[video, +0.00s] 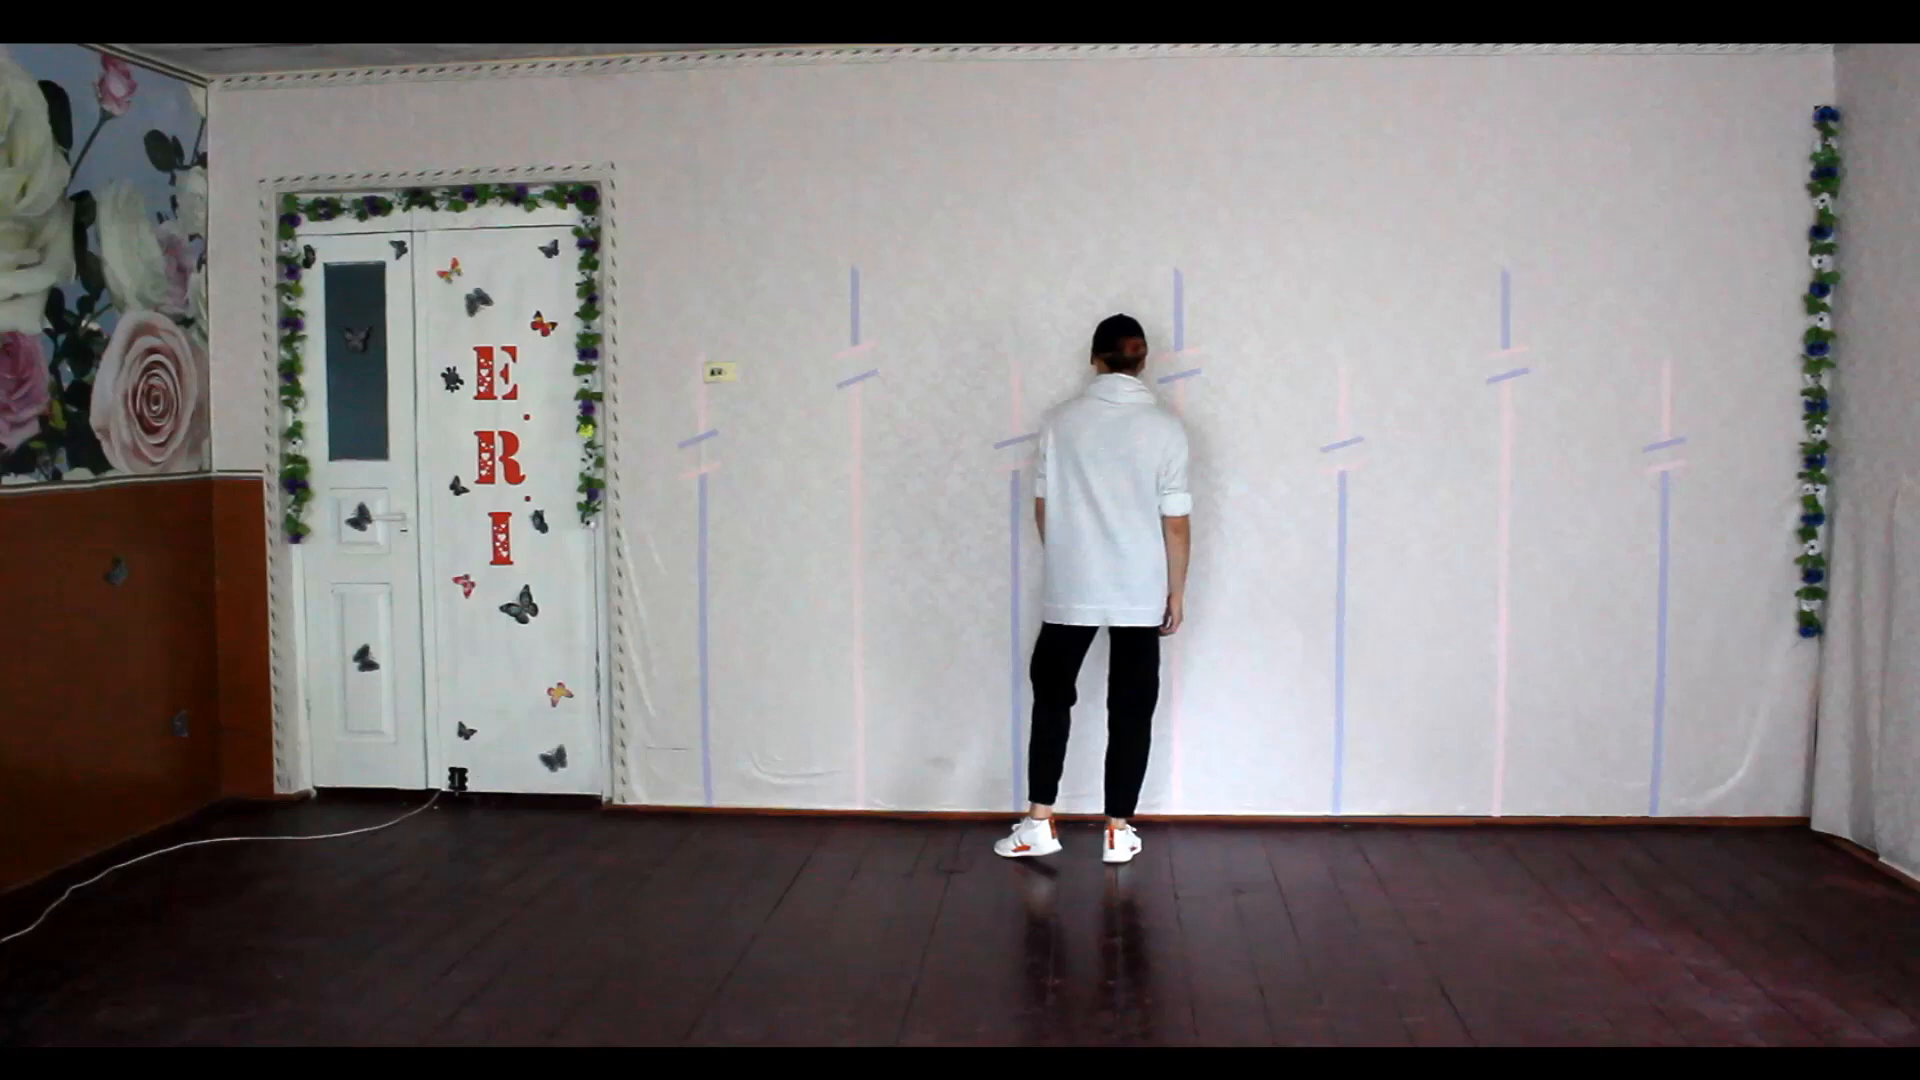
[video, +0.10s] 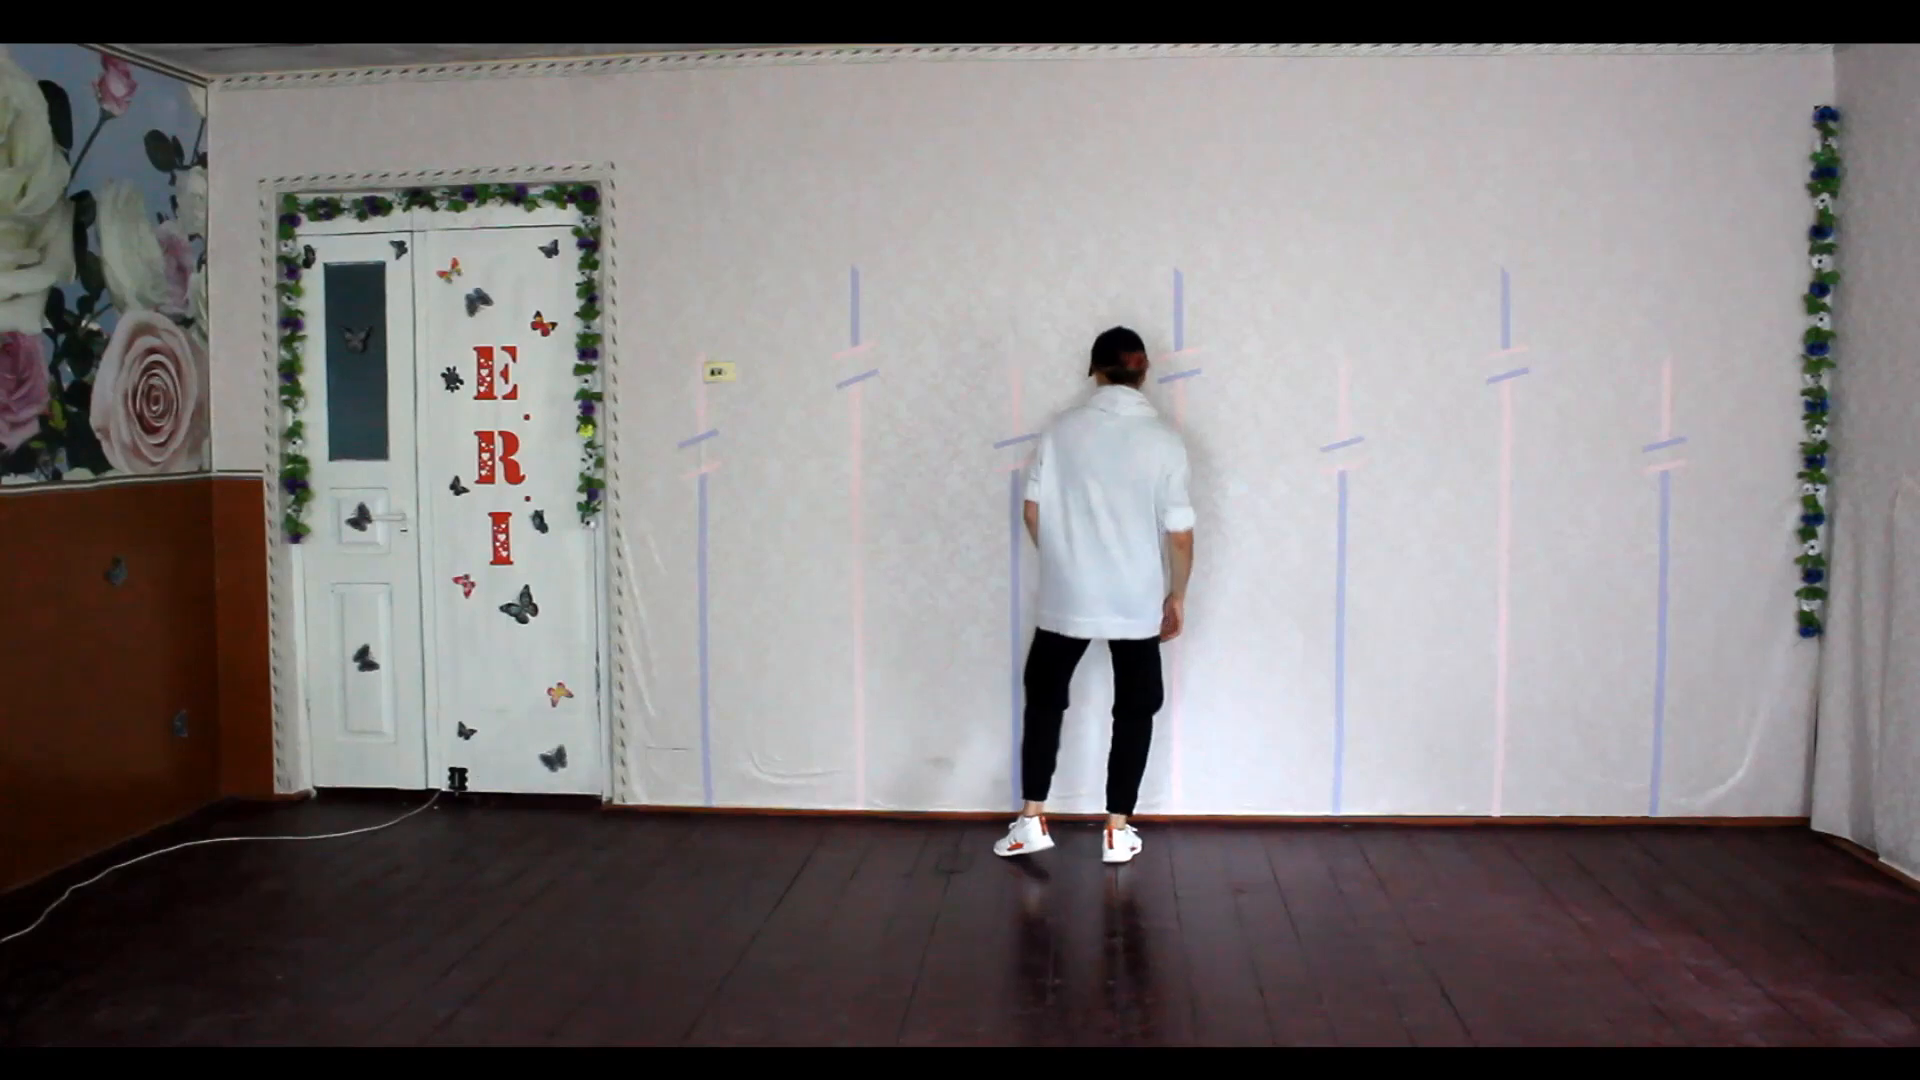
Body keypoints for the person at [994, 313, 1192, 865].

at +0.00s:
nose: (1139, 358)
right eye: (1141, 350)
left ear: (1094, 358)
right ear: (1143, 357)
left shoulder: (1060, 421)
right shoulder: (1163, 428)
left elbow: (1043, 507)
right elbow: (1176, 521)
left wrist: (1062, 563)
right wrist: (1176, 591)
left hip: (1071, 588)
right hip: (1138, 590)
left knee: (1051, 691)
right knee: (1130, 708)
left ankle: (1039, 819)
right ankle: (1118, 829)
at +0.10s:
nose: (1141, 371)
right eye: (1142, 363)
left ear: (1094, 371)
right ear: (1143, 369)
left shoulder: (1060, 430)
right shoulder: (1163, 441)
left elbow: (1033, 510)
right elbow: (1180, 530)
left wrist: (1061, 563)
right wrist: (1177, 595)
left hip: (1068, 596)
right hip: (1135, 599)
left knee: (1044, 695)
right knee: (1137, 704)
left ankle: (1031, 817)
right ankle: (1117, 828)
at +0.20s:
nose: (1089, 387)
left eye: (1090, 380)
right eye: (1093, 380)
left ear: (1096, 380)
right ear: (1145, 378)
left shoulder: (1068, 431)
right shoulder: (1171, 450)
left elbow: (1041, 511)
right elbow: (1183, 539)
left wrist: (1059, 570)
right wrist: (1164, 601)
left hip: (1065, 597)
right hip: (1132, 604)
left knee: (1031, 691)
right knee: (1136, 704)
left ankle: (1022, 816)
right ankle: (1116, 827)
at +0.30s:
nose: (1083, 378)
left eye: (1088, 368)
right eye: (1083, 369)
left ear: (1114, 364)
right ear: (1131, 365)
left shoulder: (1110, 410)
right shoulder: (1149, 416)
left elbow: (1100, 492)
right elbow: (1135, 498)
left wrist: (1062, 555)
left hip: (1080, 583)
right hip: (1127, 592)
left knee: (1011, 682)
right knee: (1106, 708)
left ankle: (969, 798)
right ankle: (1114, 827)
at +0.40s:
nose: (1087, 368)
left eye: (1094, 358)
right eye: (1085, 359)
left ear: (1118, 358)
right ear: (1118, 356)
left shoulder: (1133, 407)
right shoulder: (1104, 409)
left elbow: (1144, 490)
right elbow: (1114, 488)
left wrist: (1080, 547)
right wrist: (1080, 547)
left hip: (1100, 587)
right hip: (1103, 587)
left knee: (1013, 669)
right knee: (1092, 704)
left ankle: (922, 750)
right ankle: (1107, 828)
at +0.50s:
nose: (1101, 374)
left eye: (1112, 365)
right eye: (1093, 364)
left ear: (1130, 362)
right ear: (1081, 362)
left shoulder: (1151, 414)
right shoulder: (1069, 426)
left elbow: (1189, 492)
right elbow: (1051, 504)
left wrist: (1119, 544)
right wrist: (1029, 573)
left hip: (1116, 582)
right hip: (1082, 579)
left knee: (1006, 649)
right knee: (1095, 706)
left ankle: (892, 712)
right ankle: (1108, 830)